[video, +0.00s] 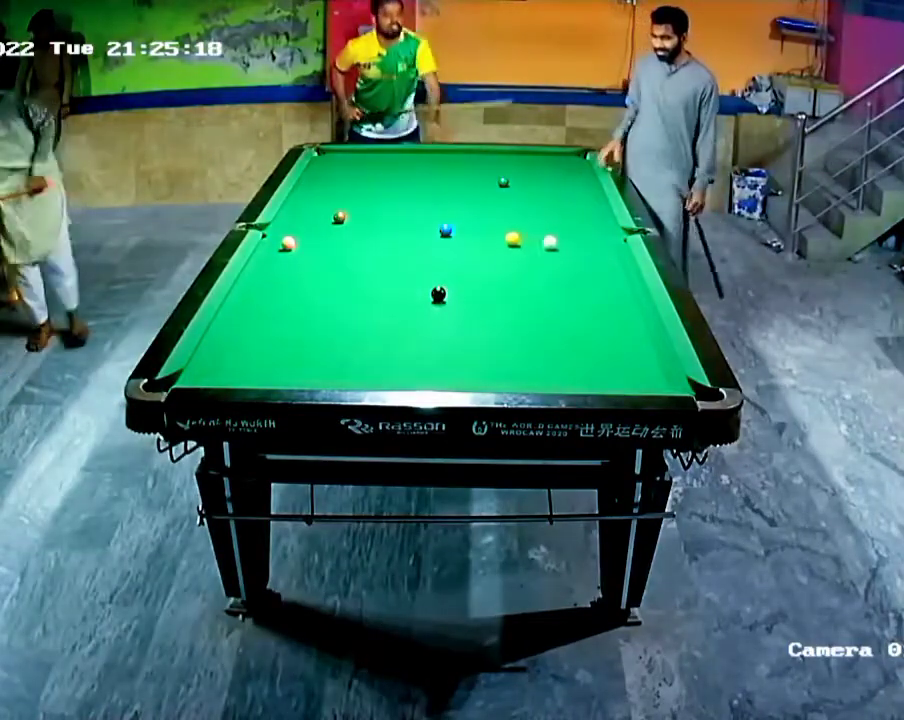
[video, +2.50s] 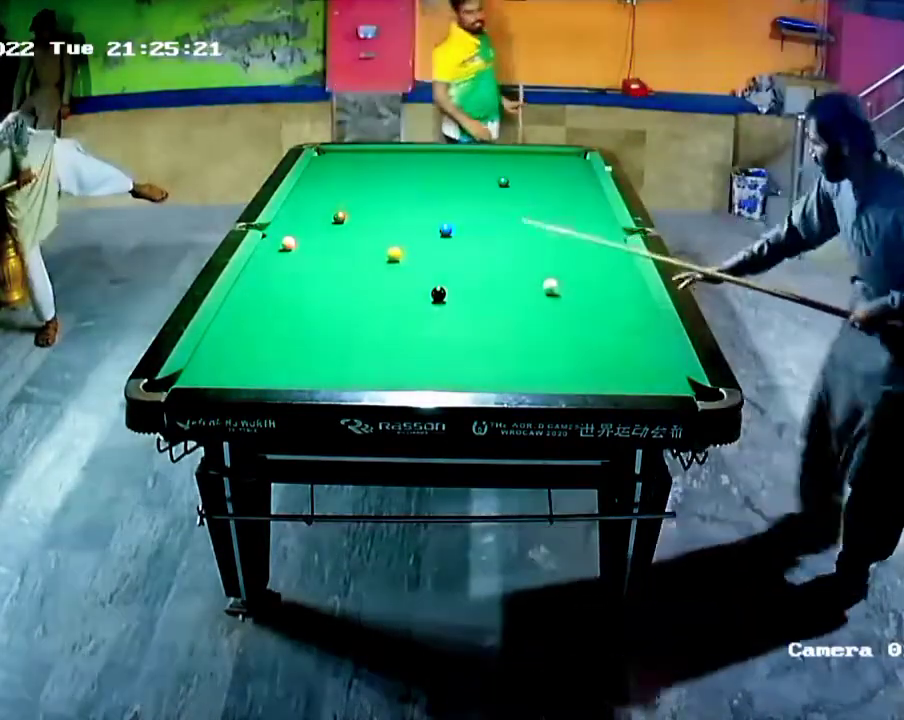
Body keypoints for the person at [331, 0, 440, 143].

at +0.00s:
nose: (394, 21)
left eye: (398, 15)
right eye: (387, 15)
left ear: (403, 16)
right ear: (375, 17)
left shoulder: (418, 46)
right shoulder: (357, 47)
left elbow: (432, 86)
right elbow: (338, 70)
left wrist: (433, 121)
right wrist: (345, 106)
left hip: (405, 133)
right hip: (366, 134)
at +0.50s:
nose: (383, 6)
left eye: (388, 1)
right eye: (377, 2)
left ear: (395, 4)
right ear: (369, 5)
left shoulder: (415, 33)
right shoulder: (355, 38)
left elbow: (423, 66)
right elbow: (339, 72)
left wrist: (416, 88)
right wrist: (354, 106)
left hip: (407, 128)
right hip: (369, 130)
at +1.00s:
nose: (358, 14)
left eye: (362, 7)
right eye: (351, 11)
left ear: (370, 5)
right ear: (346, 13)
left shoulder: (398, 30)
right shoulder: (338, 45)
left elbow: (413, 60)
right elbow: (325, 77)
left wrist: (406, 92)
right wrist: (336, 115)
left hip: (403, 125)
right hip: (366, 130)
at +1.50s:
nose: (349, 15)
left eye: (350, 7)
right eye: (340, 14)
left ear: (354, 6)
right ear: (331, 20)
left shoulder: (383, 29)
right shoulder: (328, 56)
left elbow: (399, 56)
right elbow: (328, 98)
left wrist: (407, 86)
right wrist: (349, 134)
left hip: (402, 119)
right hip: (366, 131)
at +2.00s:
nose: (405, 10)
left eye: (409, 4)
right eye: (397, 6)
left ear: (414, 5)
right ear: (386, 10)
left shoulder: (422, 32)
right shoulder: (374, 46)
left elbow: (430, 65)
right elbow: (367, 88)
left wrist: (461, 87)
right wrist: (386, 126)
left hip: (434, 123)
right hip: (404, 130)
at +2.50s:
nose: (477, 17)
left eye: (480, 10)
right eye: (469, 12)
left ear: (484, 10)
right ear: (457, 14)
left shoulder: (484, 40)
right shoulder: (447, 50)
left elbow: (482, 82)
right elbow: (440, 96)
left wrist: (504, 102)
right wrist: (470, 125)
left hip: (489, 126)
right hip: (461, 132)